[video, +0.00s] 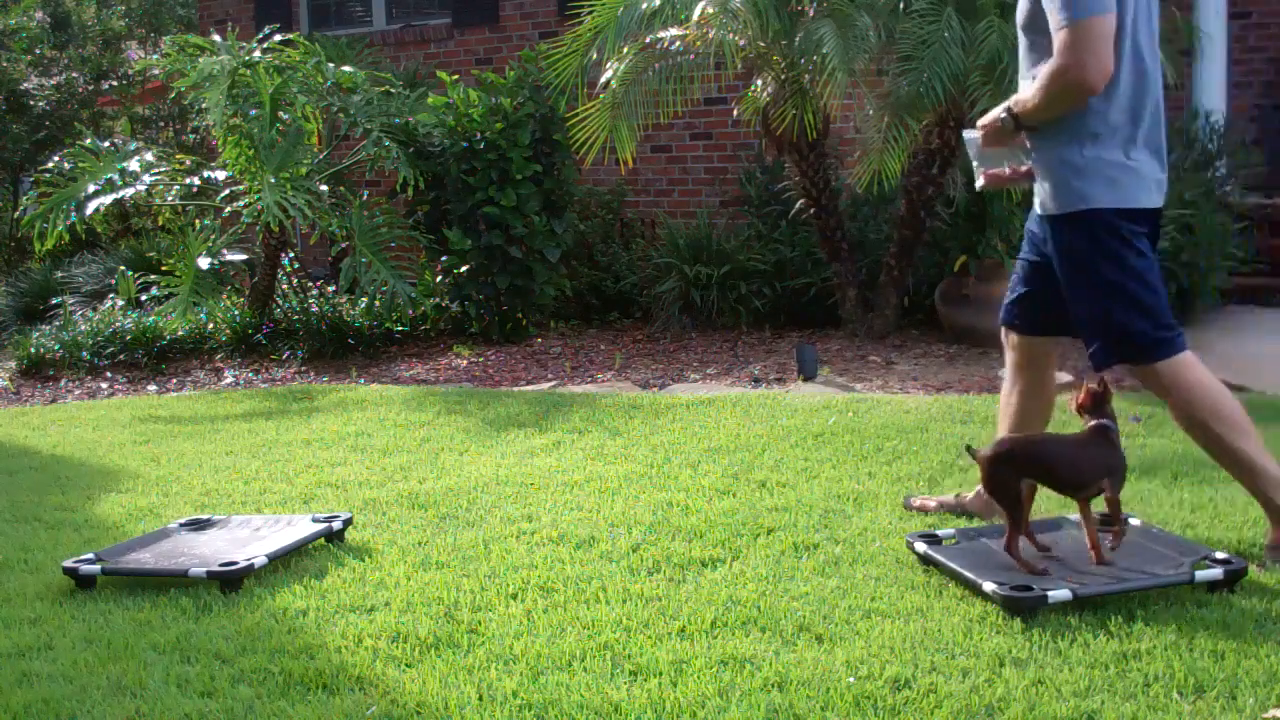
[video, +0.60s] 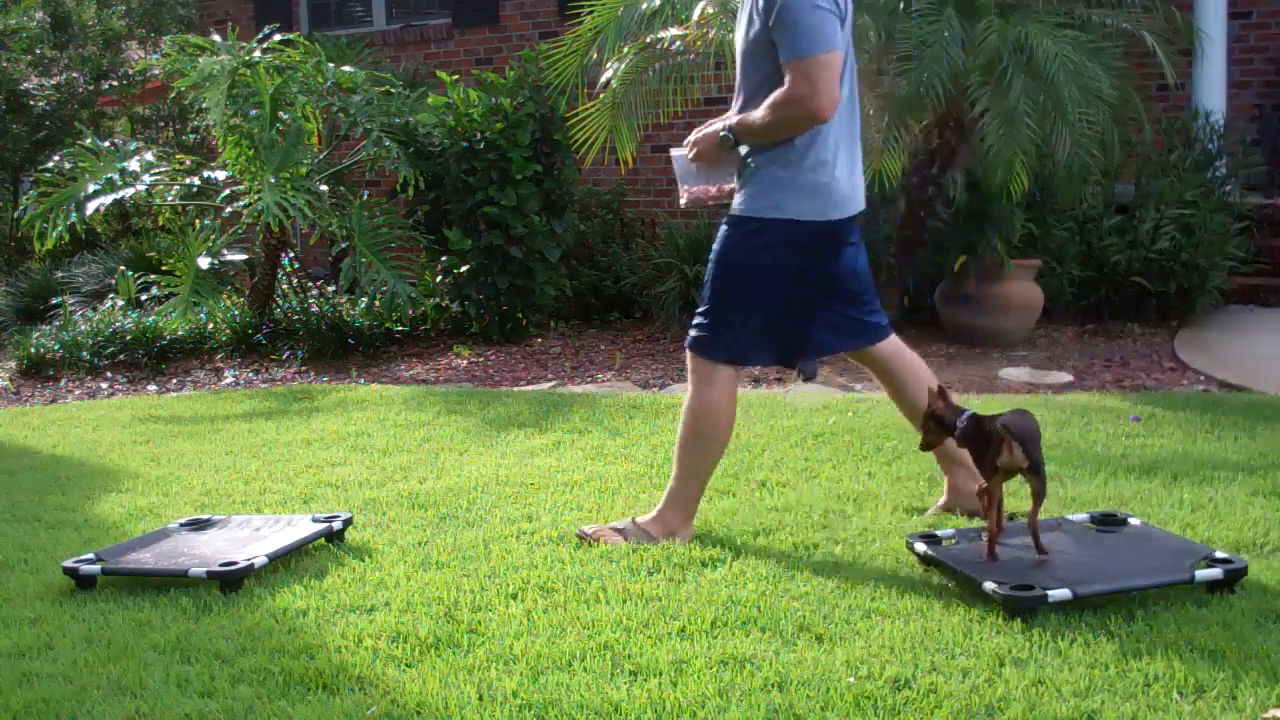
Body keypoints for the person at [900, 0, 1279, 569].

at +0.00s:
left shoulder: (1083, 0)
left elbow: (1083, 68)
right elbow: (1113, 84)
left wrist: (1011, 114)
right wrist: (1040, 156)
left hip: (1094, 186)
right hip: (1073, 184)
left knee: (1160, 359)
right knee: (1026, 332)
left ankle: (1278, 504)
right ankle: (1001, 494)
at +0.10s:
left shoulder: (1032, 1)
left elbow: (1041, 71)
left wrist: (962, 117)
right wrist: (980, 171)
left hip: (1041, 189)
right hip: (1015, 191)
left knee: (1043, 375)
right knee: (973, 328)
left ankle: (1226, 463)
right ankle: (988, 493)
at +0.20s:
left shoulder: (995, 3)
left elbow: (1002, 65)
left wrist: (917, 110)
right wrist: (917, 165)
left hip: (986, 180)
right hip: (1001, 178)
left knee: (926, 348)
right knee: (974, 341)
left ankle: (1113, 408)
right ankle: (982, 493)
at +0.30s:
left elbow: (967, 58)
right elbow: (933, 62)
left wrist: (877, 101)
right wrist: (869, 116)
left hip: (933, 172)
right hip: (970, 170)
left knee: (837, 314)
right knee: (953, 334)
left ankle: (988, 416)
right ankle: (984, 479)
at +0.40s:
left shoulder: (911, 2)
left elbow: (930, 62)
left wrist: (838, 102)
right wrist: (830, 142)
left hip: (886, 171)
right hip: (929, 172)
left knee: (777, 306)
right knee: (941, 327)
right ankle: (983, 489)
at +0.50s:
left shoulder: (863, 1)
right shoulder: (829, 8)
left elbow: (880, 78)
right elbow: (860, 93)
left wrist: (788, 117)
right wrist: (785, 164)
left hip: (840, 188)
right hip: (881, 185)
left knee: (750, 335)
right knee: (920, 335)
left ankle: (695, 504)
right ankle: (979, 487)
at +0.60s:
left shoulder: (799, 2)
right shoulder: (809, 4)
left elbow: (814, 98)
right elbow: (796, 94)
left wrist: (731, 132)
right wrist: (727, 130)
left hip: (782, 203)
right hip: (826, 199)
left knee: (711, 355)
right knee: (874, 341)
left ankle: (671, 520)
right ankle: (967, 478)